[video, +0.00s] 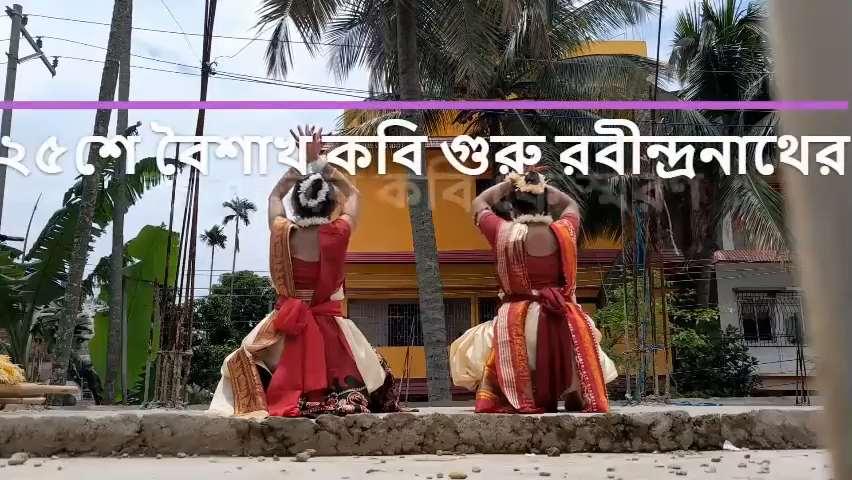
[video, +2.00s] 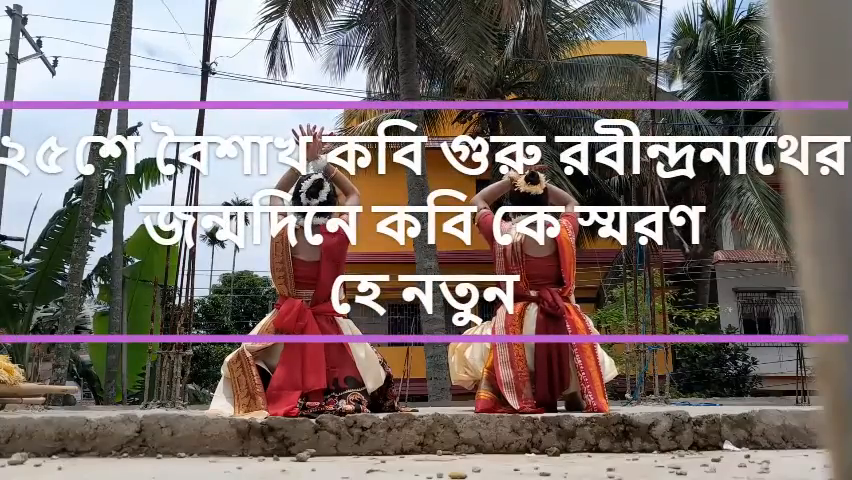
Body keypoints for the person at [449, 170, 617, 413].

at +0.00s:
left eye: (509, 207)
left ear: (512, 209)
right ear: (546, 208)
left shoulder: (503, 233)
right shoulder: (564, 232)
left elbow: (479, 203)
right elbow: (570, 204)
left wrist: (507, 184)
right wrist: (544, 187)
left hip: (518, 319)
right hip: (564, 320)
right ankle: (575, 391)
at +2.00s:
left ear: (511, 211)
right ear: (544, 207)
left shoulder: (503, 234)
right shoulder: (562, 233)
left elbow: (479, 200)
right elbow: (570, 202)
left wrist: (507, 182)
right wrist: (542, 185)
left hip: (518, 319)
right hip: (561, 318)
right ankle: (574, 394)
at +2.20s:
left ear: (511, 209)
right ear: (544, 206)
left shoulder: (503, 234)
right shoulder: (562, 233)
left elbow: (479, 200)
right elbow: (570, 202)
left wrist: (507, 182)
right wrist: (542, 185)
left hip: (518, 319)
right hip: (562, 318)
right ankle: (574, 394)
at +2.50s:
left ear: (511, 209)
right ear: (544, 206)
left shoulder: (503, 233)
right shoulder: (563, 232)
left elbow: (480, 200)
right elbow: (569, 202)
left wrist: (507, 182)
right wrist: (542, 185)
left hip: (518, 318)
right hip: (562, 317)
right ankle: (574, 394)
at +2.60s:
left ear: (511, 210)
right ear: (544, 207)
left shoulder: (503, 233)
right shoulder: (562, 232)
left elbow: (480, 200)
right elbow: (568, 202)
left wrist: (508, 181)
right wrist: (542, 185)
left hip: (518, 318)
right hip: (562, 317)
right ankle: (575, 394)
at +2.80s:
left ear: (510, 209)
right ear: (544, 206)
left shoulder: (503, 233)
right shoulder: (562, 231)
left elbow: (480, 199)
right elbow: (567, 203)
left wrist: (511, 175)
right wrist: (541, 184)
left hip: (518, 318)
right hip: (562, 318)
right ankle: (575, 394)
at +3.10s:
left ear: (509, 202)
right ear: (545, 201)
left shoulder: (501, 231)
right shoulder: (562, 228)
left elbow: (479, 197)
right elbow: (566, 198)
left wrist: (502, 168)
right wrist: (542, 170)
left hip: (516, 321)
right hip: (561, 319)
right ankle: (576, 394)